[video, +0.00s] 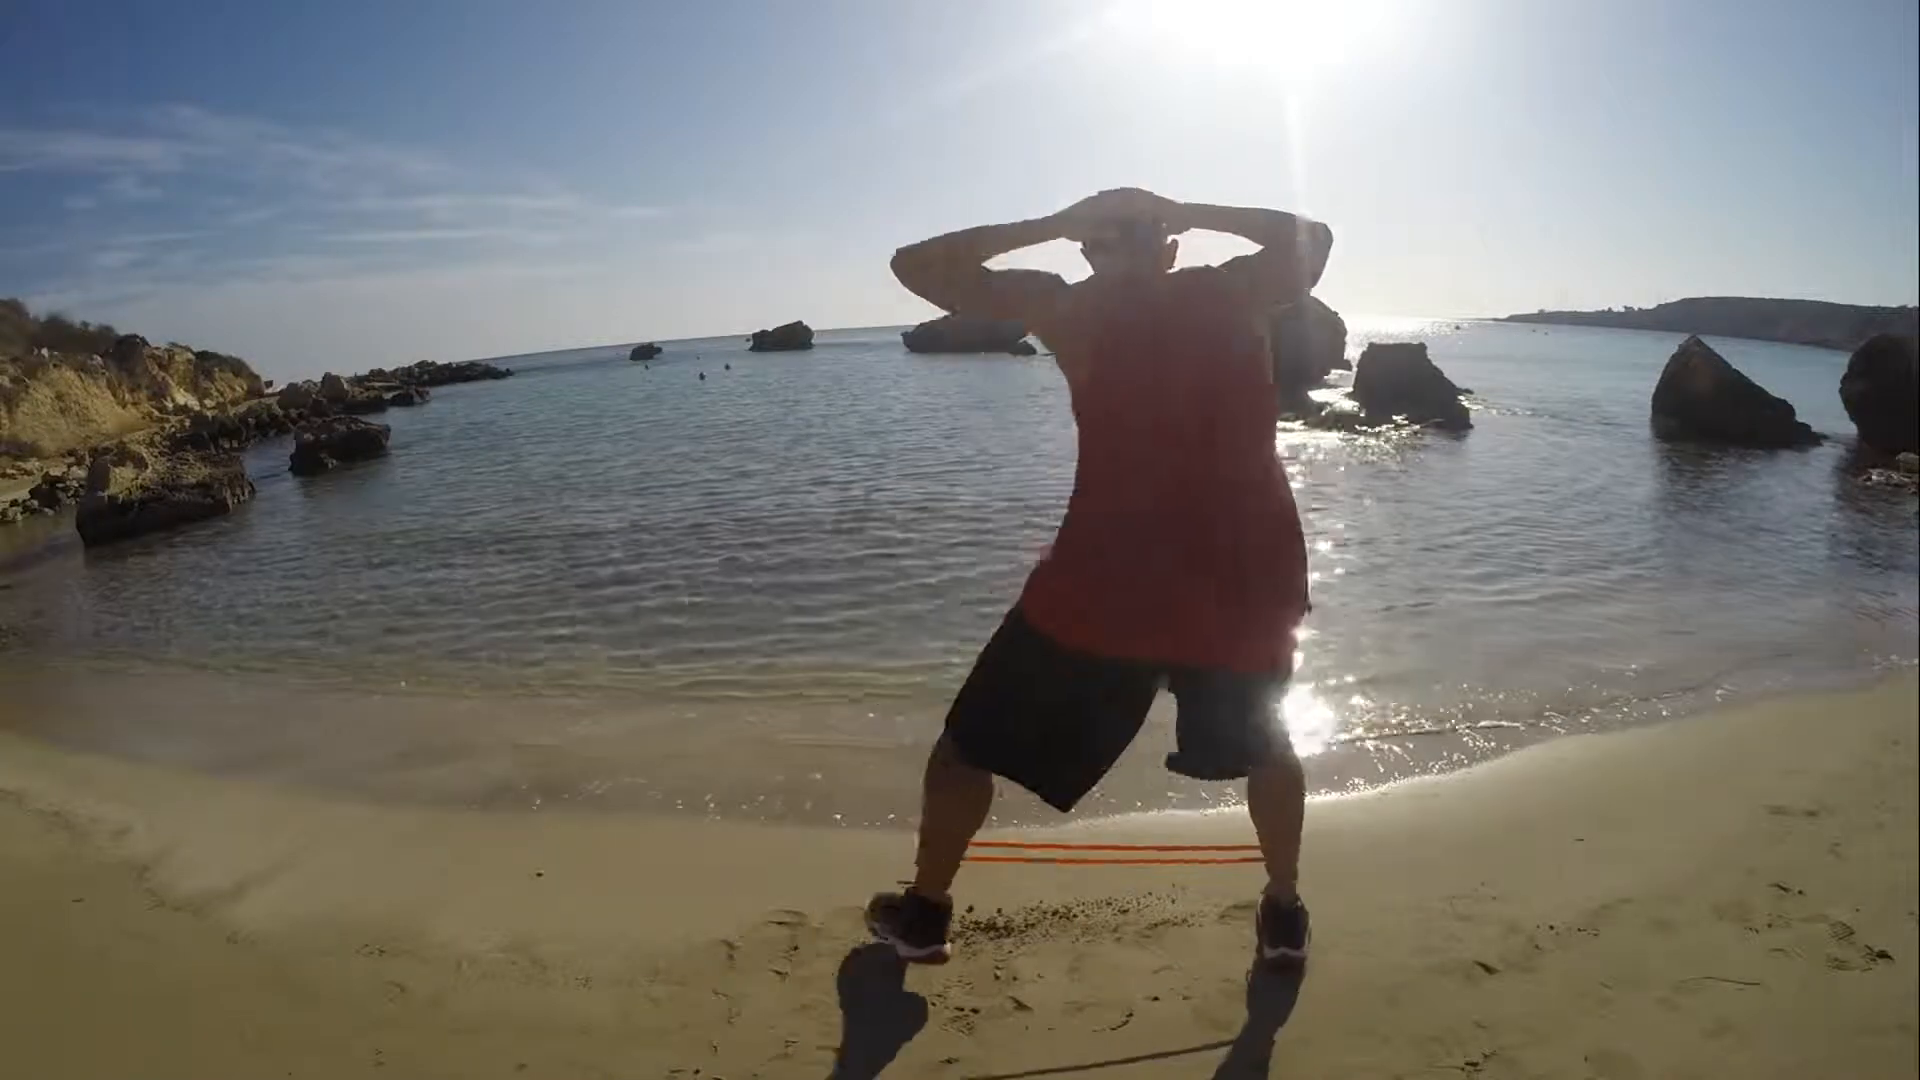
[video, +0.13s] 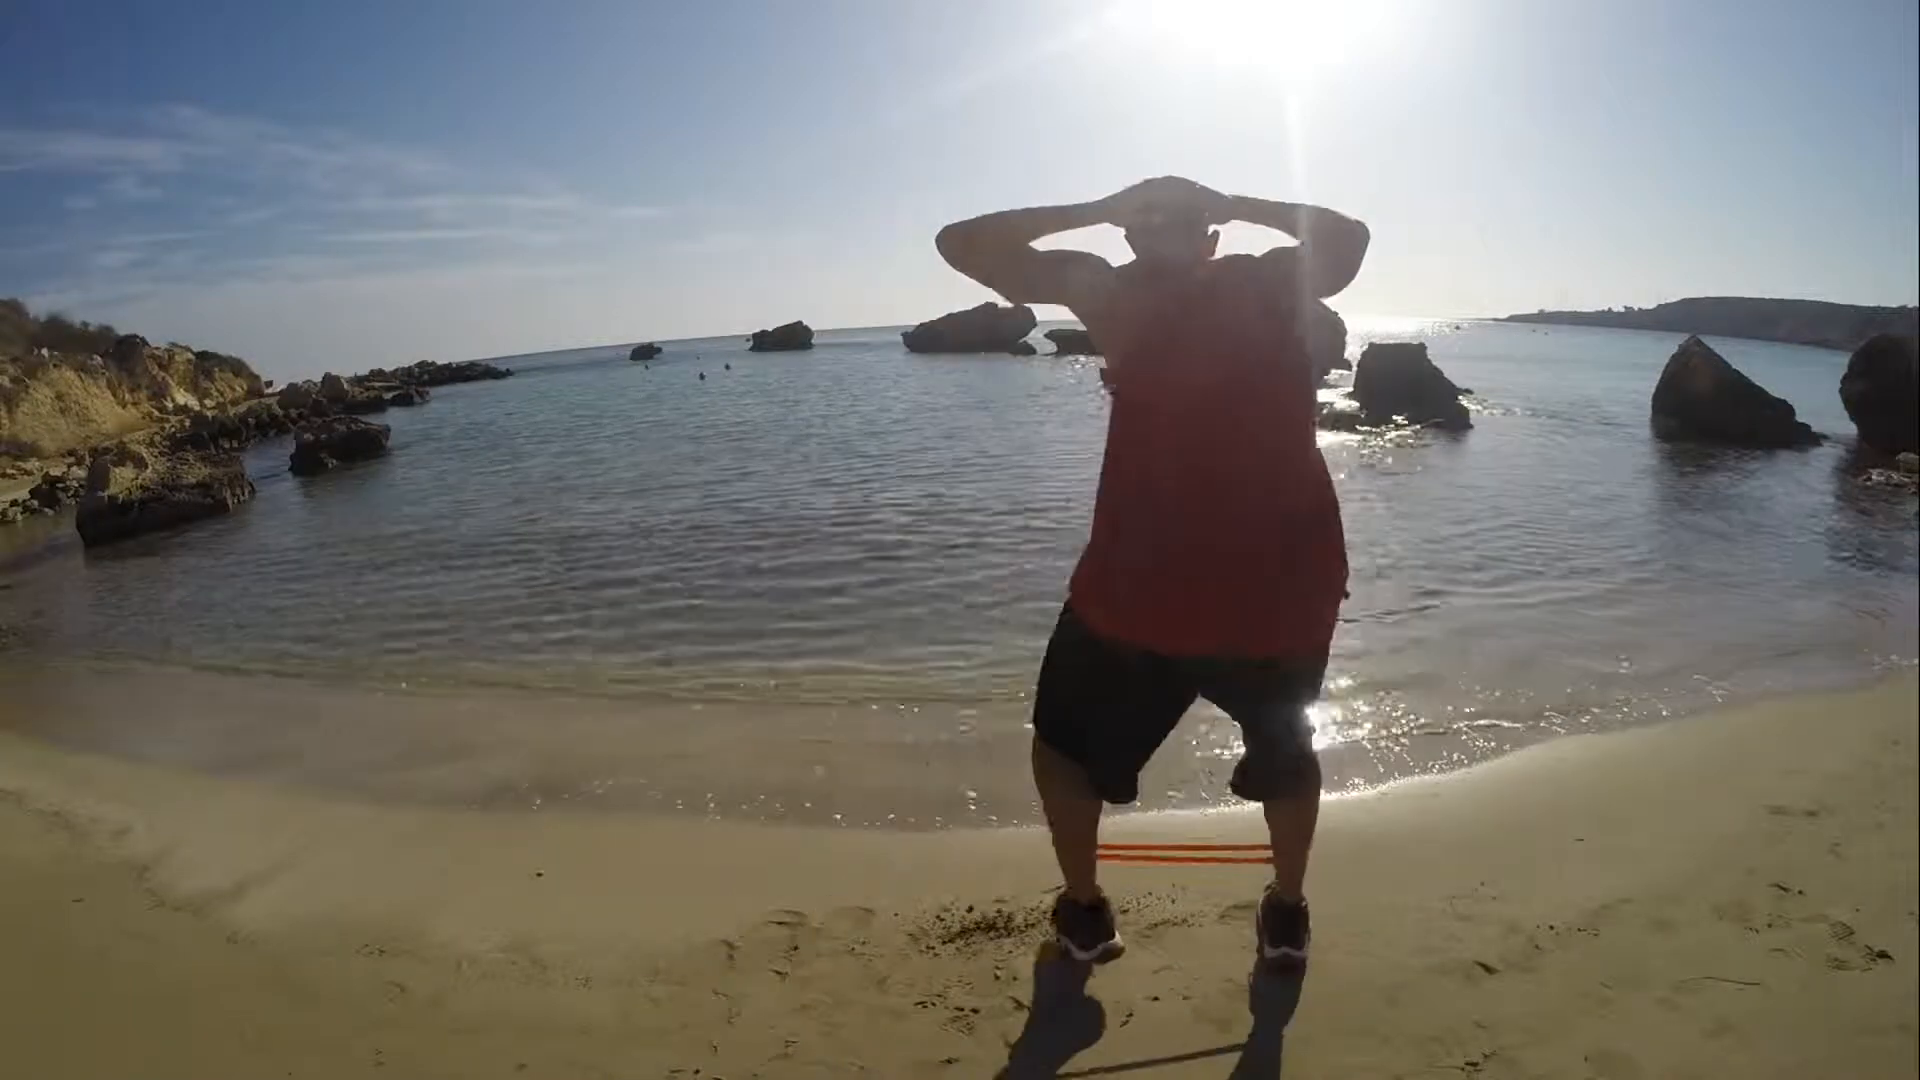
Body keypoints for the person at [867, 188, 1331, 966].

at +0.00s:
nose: (1094, 258)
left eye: (1097, 244)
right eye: (1096, 244)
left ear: (1095, 249)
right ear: (1166, 240)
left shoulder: (1071, 312)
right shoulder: (1237, 292)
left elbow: (917, 265)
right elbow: (1308, 237)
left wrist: (1051, 225)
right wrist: (1195, 213)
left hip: (1107, 563)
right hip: (1244, 568)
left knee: (969, 741)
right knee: (1267, 741)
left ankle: (927, 908)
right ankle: (1284, 908)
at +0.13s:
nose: (1142, 241)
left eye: (1144, 225)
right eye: (1145, 225)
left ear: (1138, 233)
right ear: (1210, 229)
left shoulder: (1113, 297)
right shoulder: (1277, 282)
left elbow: (961, 242)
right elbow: (1347, 235)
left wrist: (1097, 210)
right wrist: (1237, 204)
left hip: (1145, 570)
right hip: (1280, 573)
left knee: (1065, 734)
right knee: (1285, 738)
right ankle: (1287, 908)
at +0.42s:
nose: (1188, 254)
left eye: (1187, 241)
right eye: (1196, 239)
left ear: (1182, 248)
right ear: (1256, 245)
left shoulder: (1151, 308)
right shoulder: (1320, 300)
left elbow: (1013, 252)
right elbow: (1390, 263)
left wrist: (1145, 225)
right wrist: (1288, 225)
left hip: (1172, 573)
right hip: (1307, 576)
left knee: (1084, 730)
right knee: (1299, 731)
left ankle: (1103, 904)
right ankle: (1287, 910)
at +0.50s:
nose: (1189, 248)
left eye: (1189, 236)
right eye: (1196, 236)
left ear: (1183, 246)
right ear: (1255, 244)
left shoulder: (1152, 303)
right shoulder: (1320, 301)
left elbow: (1013, 246)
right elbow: (1385, 266)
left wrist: (1147, 222)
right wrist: (1286, 227)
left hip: (1158, 567)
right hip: (1296, 576)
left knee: (1042, 719)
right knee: (1278, 729)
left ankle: (1030, 902)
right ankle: (1285, 910)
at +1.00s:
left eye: (988, 239)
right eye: (1027, 239)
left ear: (961, 254)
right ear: (1048, 259)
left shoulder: (913, 318)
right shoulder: (1101, 323)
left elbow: (789, 252)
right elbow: (1196, 277)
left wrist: (929, 228)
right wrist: (1077, 233)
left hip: (924, 604)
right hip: (1080, 604)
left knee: (817, 768)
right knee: (1184, 755)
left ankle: (773, 941)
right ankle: (1257, 898)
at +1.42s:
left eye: (813, 221)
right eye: (858, 222)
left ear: (789, 244)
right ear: (882, 245)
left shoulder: (750, 305)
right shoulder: (936, 300)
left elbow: (633, 256)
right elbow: (1042, 246)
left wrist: (763, 220)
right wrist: (910, 214)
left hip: (784, 606)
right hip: (922, 602)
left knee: (748, 784)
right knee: (918, 766)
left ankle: (765, 941)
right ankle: (891, 919)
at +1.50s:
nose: (827, 234)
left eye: (811, 224)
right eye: (839, 224)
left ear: (780, 249)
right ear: (872, 245)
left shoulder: (743, 311)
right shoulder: (929, 298)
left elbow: (627, 264)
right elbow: (1034, 247)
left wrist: (751, 226)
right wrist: (900, 217)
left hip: (794, 601)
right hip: (939, 594)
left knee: (756, 786)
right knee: (961, 740)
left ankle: (767, 940)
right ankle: (935, 902)